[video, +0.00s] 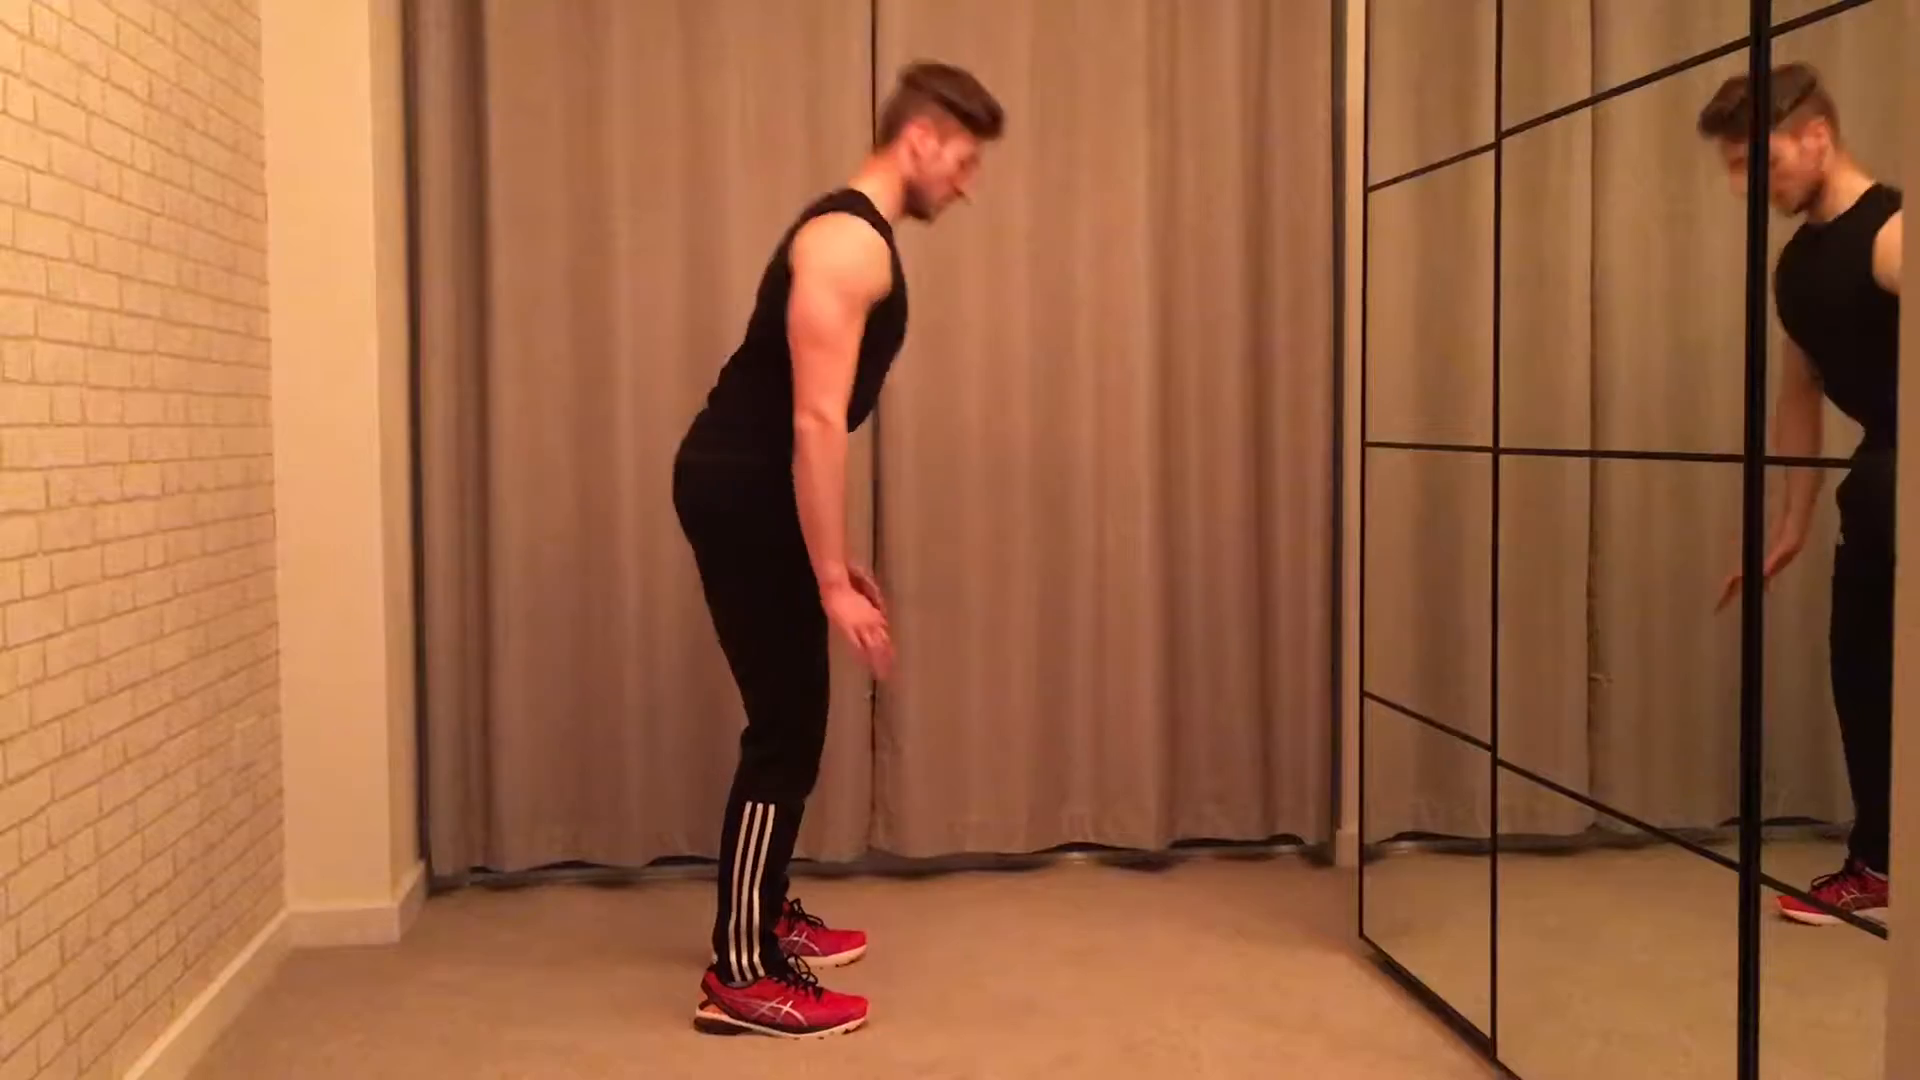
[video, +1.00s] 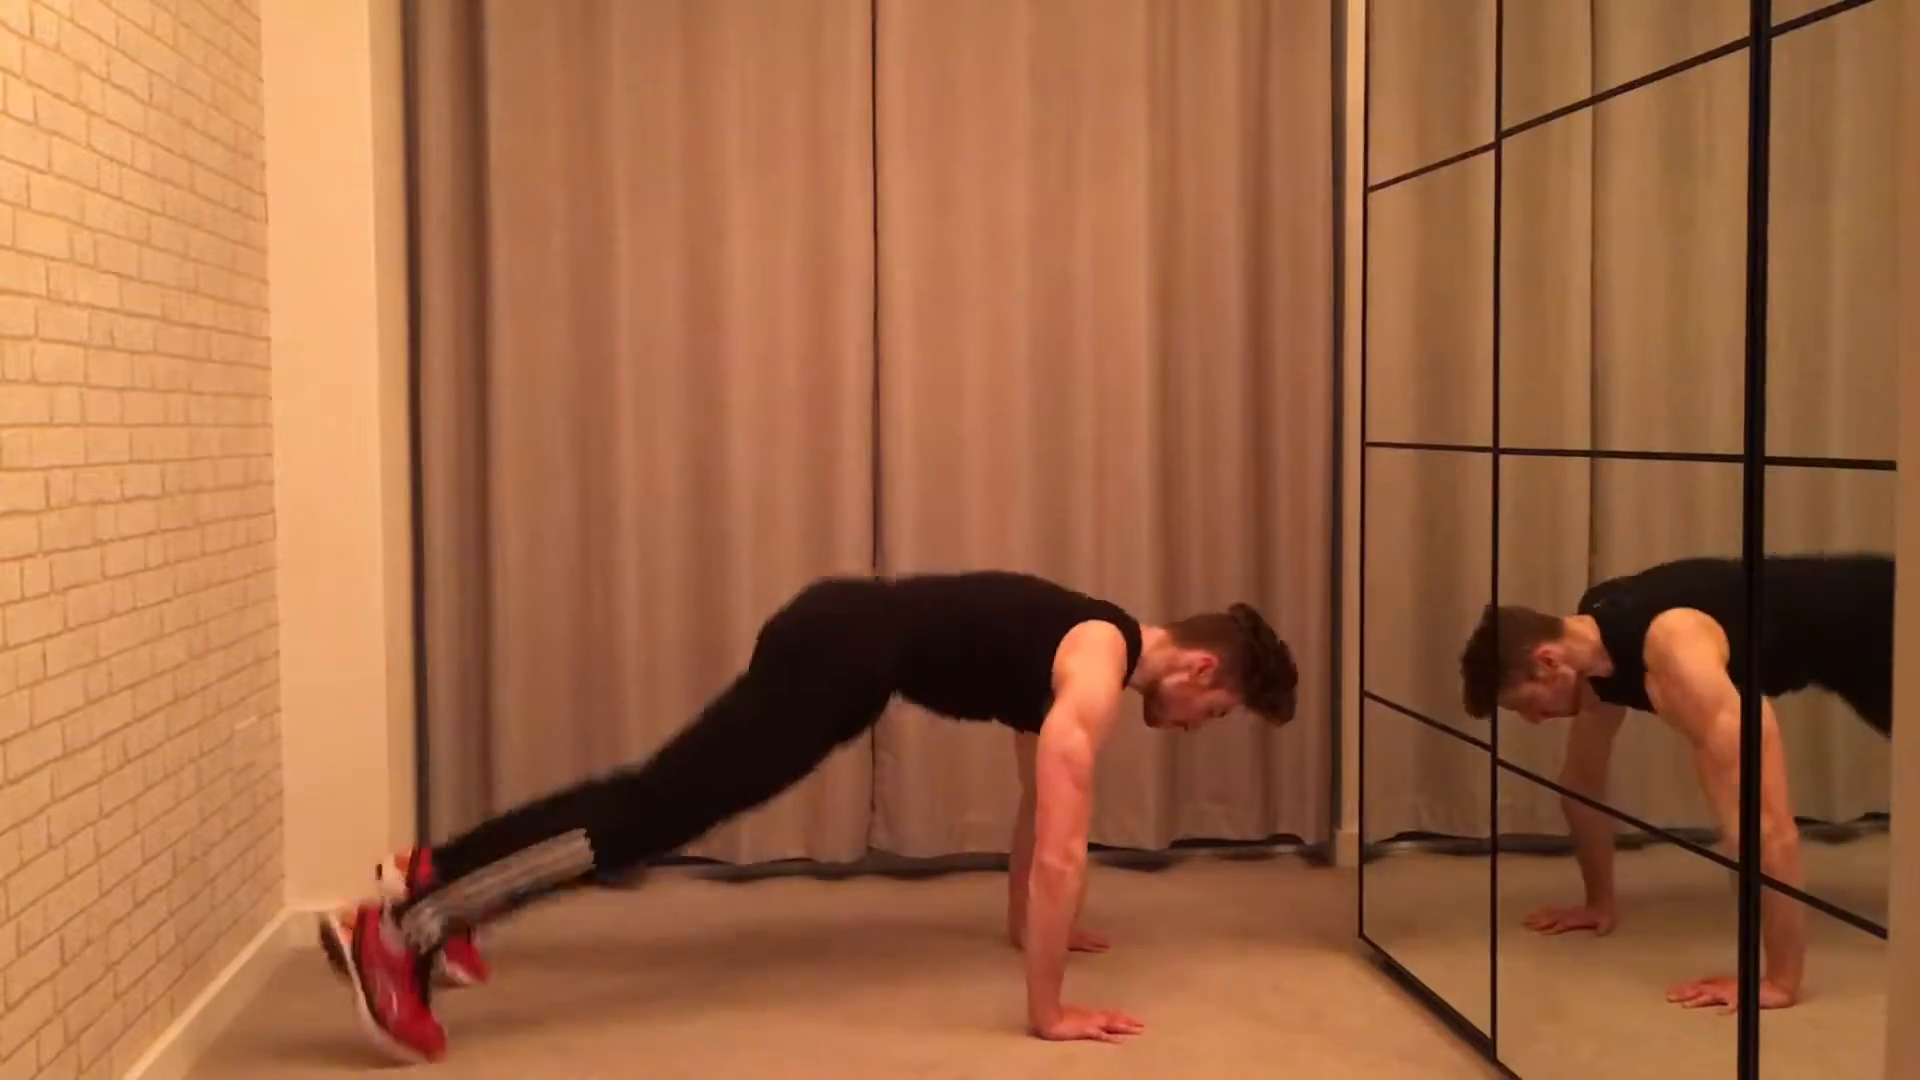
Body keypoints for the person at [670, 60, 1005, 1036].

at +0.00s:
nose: (970, 181)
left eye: (977, 164)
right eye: (967, 159)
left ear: (920, 141)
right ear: (920, 136)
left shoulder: (864, 236)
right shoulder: (846, 242)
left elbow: (821, 423)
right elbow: (815, 422)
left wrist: (838, 560)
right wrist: (832, 579)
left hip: (760, 479)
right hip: (741, 487)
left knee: (794, 714)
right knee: (787, 719)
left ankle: (766, 919)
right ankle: (739, 974)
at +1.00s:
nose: (1196, 724)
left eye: (1214, 717)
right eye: (1215, 708)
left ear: (1193, 657)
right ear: (1202, 662)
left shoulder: (1099, 654)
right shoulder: (1096, 667)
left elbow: (1045, 817)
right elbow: (1058, 847)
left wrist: (1033, 920)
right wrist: (1047, 1011)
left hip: (837, 644)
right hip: (838, 660)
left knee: (653, 802)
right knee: (650, 814)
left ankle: (431, 881)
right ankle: (407, 919)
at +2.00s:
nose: (1134, 199)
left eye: (1142, 181)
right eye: (1136, 175)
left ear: (1087, 151)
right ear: (1096, 149)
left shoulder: (1006, 233)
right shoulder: (1032, 256)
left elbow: (959, 423)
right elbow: (1002, 445)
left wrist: (974, 539)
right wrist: (1011, 614)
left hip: (869, 465)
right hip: (886, 477)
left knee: (926, 699)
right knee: (950, 708)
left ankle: (865, 900)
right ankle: (865, 947)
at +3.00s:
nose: (906, 622)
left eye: (904, 604)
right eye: (892, 605)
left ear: (840, 614)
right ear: (842, 612)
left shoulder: (826, 682)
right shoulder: (842, 696)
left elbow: (845, 852)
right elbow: (828, 871)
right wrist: (861, 1008)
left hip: (914, 920)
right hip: (929, 943)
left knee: (1028, 694)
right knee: (1045, 729)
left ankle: (1063, 904)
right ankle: (1155, 917)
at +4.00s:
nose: (479, 899)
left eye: (459, 900)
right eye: (460, 918)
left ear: (482, 907)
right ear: (468, 972)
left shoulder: (575, 939)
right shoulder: (568, 975)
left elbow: (724, 914)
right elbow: (728, 1012)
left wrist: (851, 925)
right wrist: (892, 1028)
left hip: (685, 762)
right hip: (696, 762)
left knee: (611, 531)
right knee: (607, 533)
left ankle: (596, 291)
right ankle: (591, 288)